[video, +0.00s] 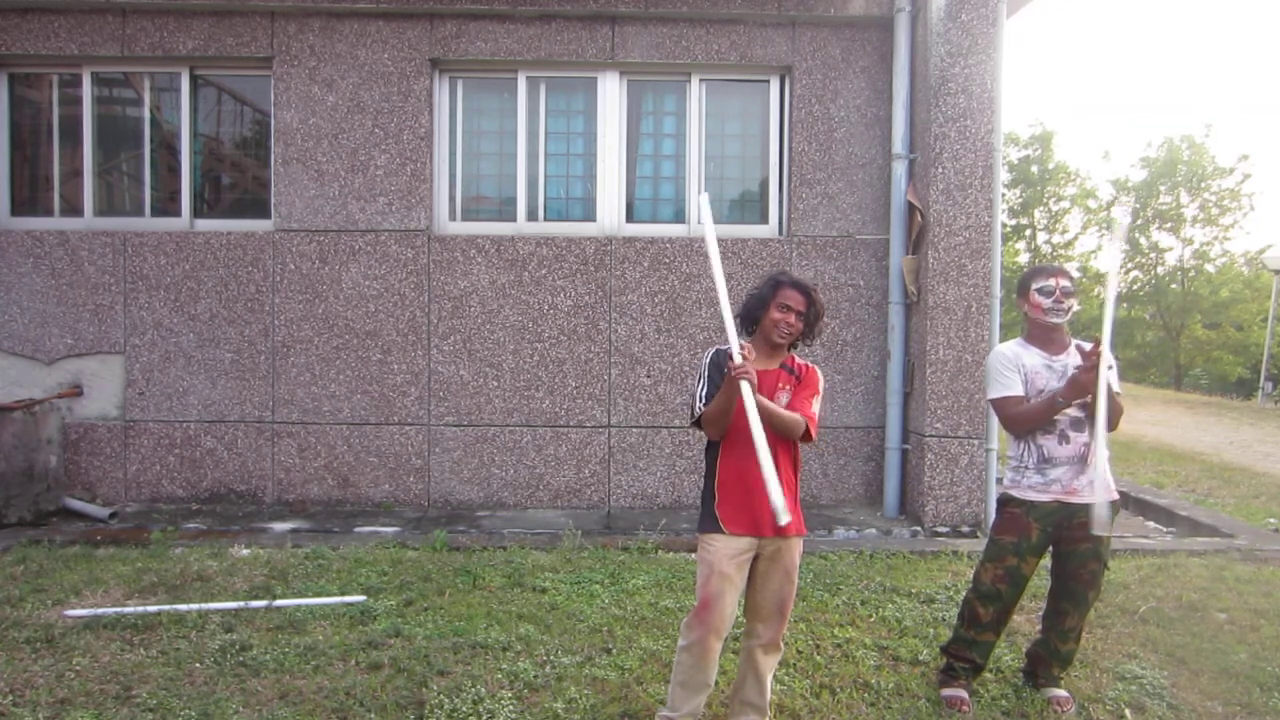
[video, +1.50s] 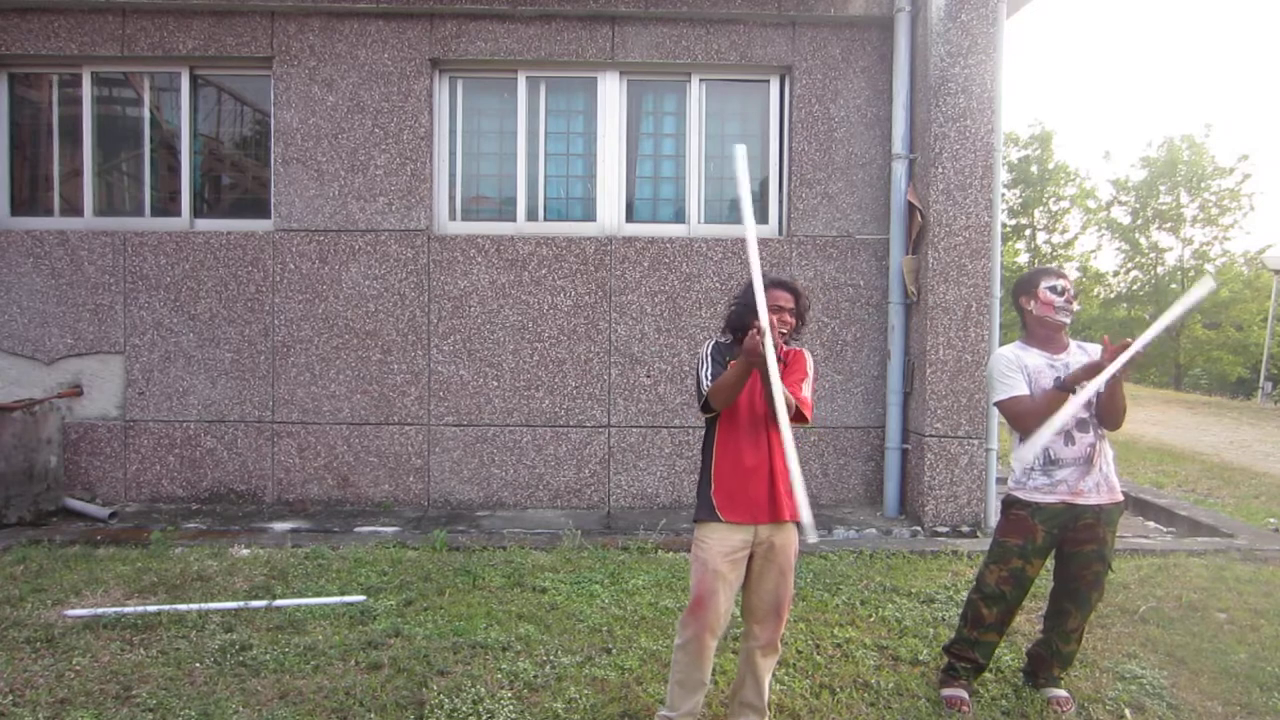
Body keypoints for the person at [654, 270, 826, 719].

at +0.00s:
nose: (790, 320)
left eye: (800, 315)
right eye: (783, 308)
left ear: (805, 326)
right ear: (761, 308)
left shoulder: (807, 373)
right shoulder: (723, 358)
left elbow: (800, 428)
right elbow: (713, 429)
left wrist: (751, 396)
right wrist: (732, 382)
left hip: (785, 519)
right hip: (728, 516)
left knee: (768, 635)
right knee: (709, 621)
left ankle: (749, 715)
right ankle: (678, 714)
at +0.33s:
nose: (788, 315)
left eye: (797, 311)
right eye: (782, 304)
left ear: (804, 323)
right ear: (759, 308)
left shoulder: (807, 370)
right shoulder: (723, 361)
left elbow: (813, 418)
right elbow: (696, 423)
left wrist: (783, 357)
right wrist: (724, 373)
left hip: (784, 520)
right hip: (726, 518)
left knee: (767, 636)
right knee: (708, 622)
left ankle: (749, 714)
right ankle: (678, 713)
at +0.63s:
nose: (799, 314)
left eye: (806, 309)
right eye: (789, 303)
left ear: (810, 322)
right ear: (761, 309)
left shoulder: (805, 368)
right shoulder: (724, 359)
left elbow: (813, 417)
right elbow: (696, 420)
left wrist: (773, 360)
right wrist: (727, 374)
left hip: (783, 519)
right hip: (725, 518)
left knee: (767, 635)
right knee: (709, 623)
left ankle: (749, 714)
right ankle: (678, 713)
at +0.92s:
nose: (802, 326)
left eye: (810, 320)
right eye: (794, 314)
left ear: (814, 329)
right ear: (766, 313)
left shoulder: (807, 369)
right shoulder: (727, 353)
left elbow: (795, 433)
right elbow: (701, 414)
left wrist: (761, 386)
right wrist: (728, 364)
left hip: (781, 517)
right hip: (724, 515)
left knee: (767, 633)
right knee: (708, 619)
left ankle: (749, 714)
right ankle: (679, 713)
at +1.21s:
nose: (786, 311)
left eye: (794, 306)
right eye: (777, 302)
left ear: (800, 318)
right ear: (753, 309)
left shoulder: (804, 361)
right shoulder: (724, 354)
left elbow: (793, 425)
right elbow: (708, 406)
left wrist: (763, 391)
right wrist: (735, 368)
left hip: (780, 515)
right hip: (722, 513)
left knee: (767, 633)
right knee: (703, 617)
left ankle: (749, 714)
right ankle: (677, 713)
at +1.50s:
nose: (782, 319)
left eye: (789, 313)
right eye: (773, 310)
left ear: (795, 322)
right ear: (750, 312)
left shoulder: (797, 358)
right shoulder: (720, 351)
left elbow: (790, 409)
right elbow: (712, 403)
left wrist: (766, 365)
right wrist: (745, 360)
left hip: (779, 515)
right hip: (722, 514)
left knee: (766, 632)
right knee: (703, 618)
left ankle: (749, 714)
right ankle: (678, 713)